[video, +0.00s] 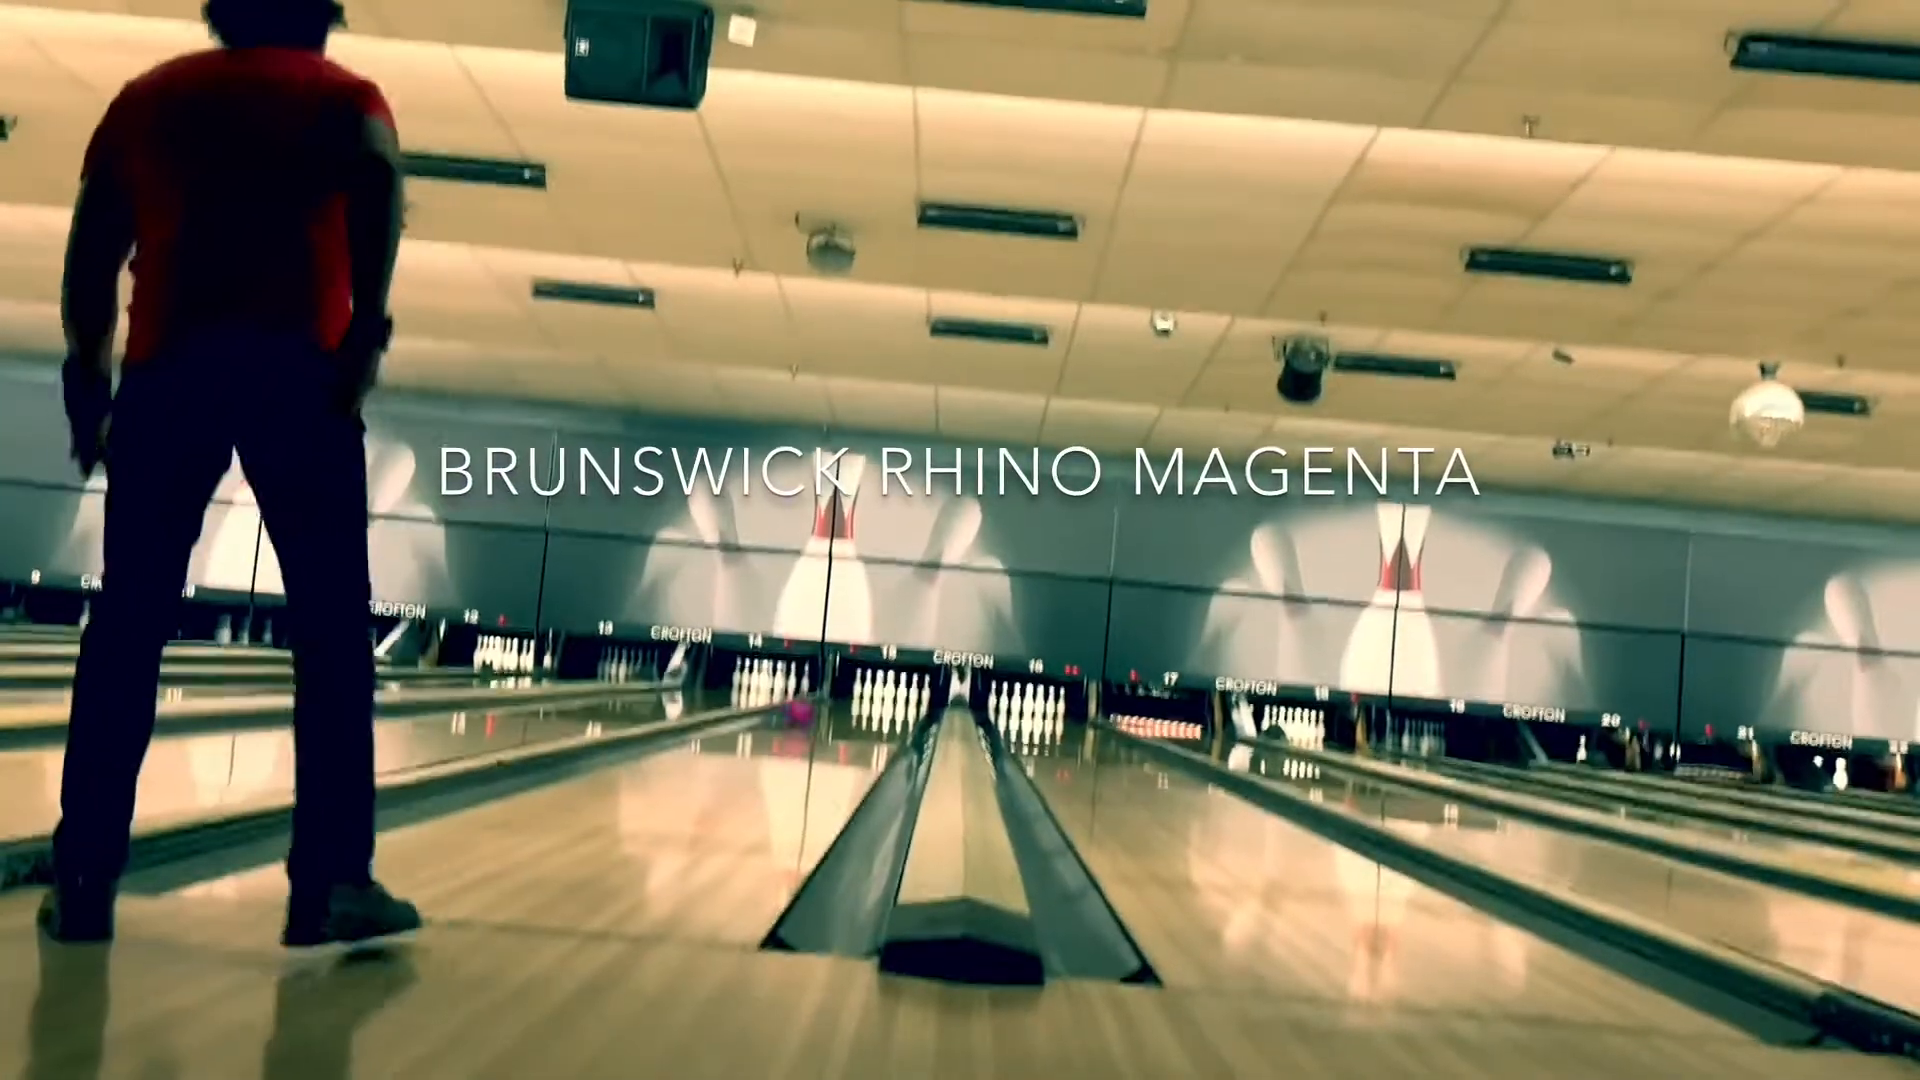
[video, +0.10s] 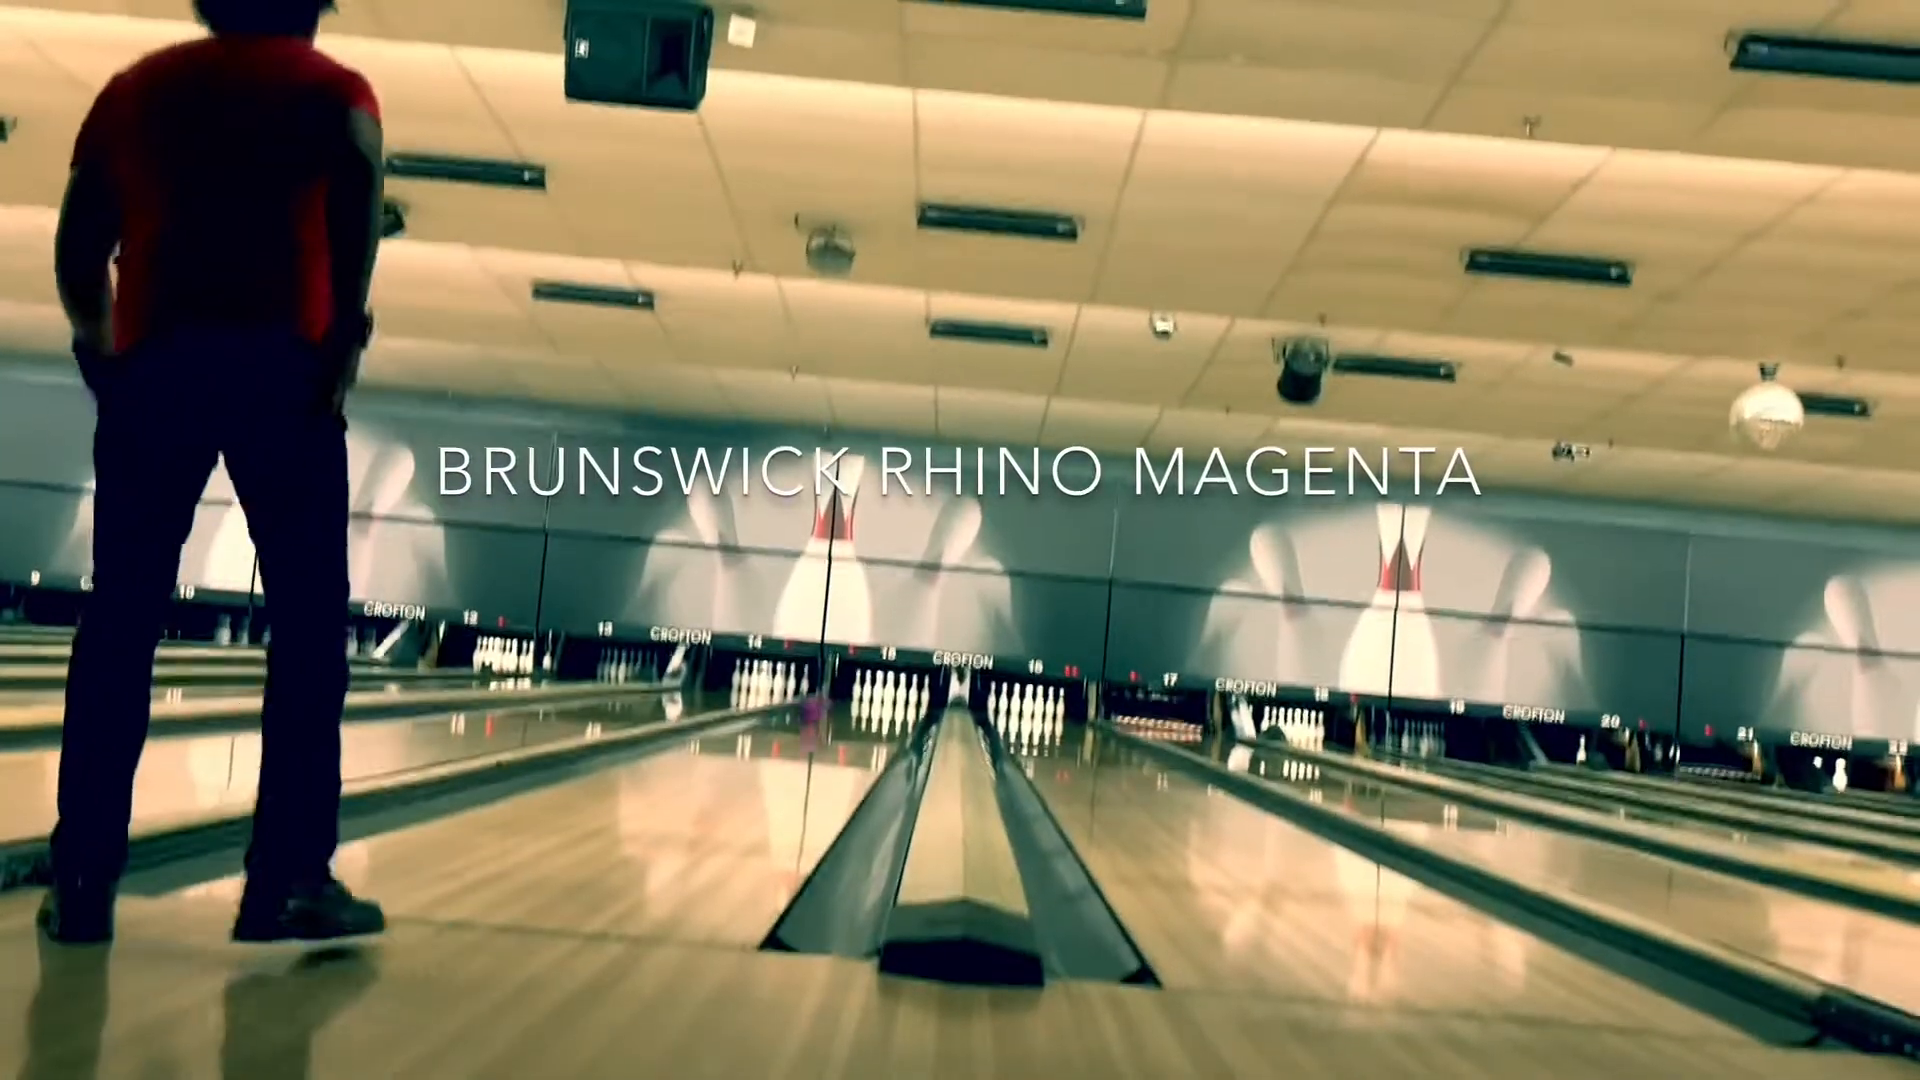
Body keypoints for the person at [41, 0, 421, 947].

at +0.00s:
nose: (328, 34)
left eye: (319, 29)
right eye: (328, 24)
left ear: (218, 18)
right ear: (320, 23)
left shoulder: (145, 99)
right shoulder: (353, 100)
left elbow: (91, 262)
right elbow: (376, 244)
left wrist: (87, 386)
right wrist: (354, 371)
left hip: (167, 382)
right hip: (301, 384)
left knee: (127, 621)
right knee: (334, 636)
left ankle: (83, 887)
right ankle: (331, 883)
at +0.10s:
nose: (322, 21)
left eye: (315, 16)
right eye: (320, 13)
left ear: (207, 7)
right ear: (312, 12)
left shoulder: (133, 90)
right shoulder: (340, 94)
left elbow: (78, 251)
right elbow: (354, 259)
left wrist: (98, 360)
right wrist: (333, 380)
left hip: (150, 381)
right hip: (284, 383)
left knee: (119, 627)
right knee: (309, 635)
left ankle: (81, 892)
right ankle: (288, 885)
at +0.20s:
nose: (310, 24)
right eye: (310, 15)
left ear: (203, 6)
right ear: (303, 10)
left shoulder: (127, 85)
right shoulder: (331, 88)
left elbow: (74, 246)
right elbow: (350, 236)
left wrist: (106, 334)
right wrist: (343, 344)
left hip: (143, 376)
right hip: (274, 376)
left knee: (114, 621)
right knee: (290, 631)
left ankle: (81, 888)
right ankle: (256, 883)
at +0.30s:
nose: (312, 22)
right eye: (312, 13)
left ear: (206, 2)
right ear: (303, 7)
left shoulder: (128, 79)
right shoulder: (331, 82)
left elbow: (78, 244)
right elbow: (349, 217)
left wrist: (126, 336)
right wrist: (350, 340)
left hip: (142, 374)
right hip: (271, 374)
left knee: (111, 625)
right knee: (279, 636)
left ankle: (80, 891)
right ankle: (241, 889)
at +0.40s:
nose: (323, 22)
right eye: (322, 14)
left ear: (214, 2)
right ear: (312, 8)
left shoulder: (133, 81)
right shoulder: (337, 83)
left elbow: (87, 248)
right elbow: (354, 214)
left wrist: (134, 340)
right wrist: (355, 341)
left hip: (144, 377)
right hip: (272, 377)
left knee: (113, 626)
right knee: (278, 642)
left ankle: (80, 890)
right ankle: (239, 895)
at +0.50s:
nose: (333, 21)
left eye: (323, 17)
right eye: (333, 13)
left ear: (228, 1)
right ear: (323, 7)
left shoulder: (143, 78)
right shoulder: (348, 81)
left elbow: (97, 240)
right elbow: (365, 217)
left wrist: (146, 333)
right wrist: (362, 343)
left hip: (154, 377)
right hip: (282, 379)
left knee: (117, 621)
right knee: (284, 639)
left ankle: (80, 887)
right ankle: (246, 898)